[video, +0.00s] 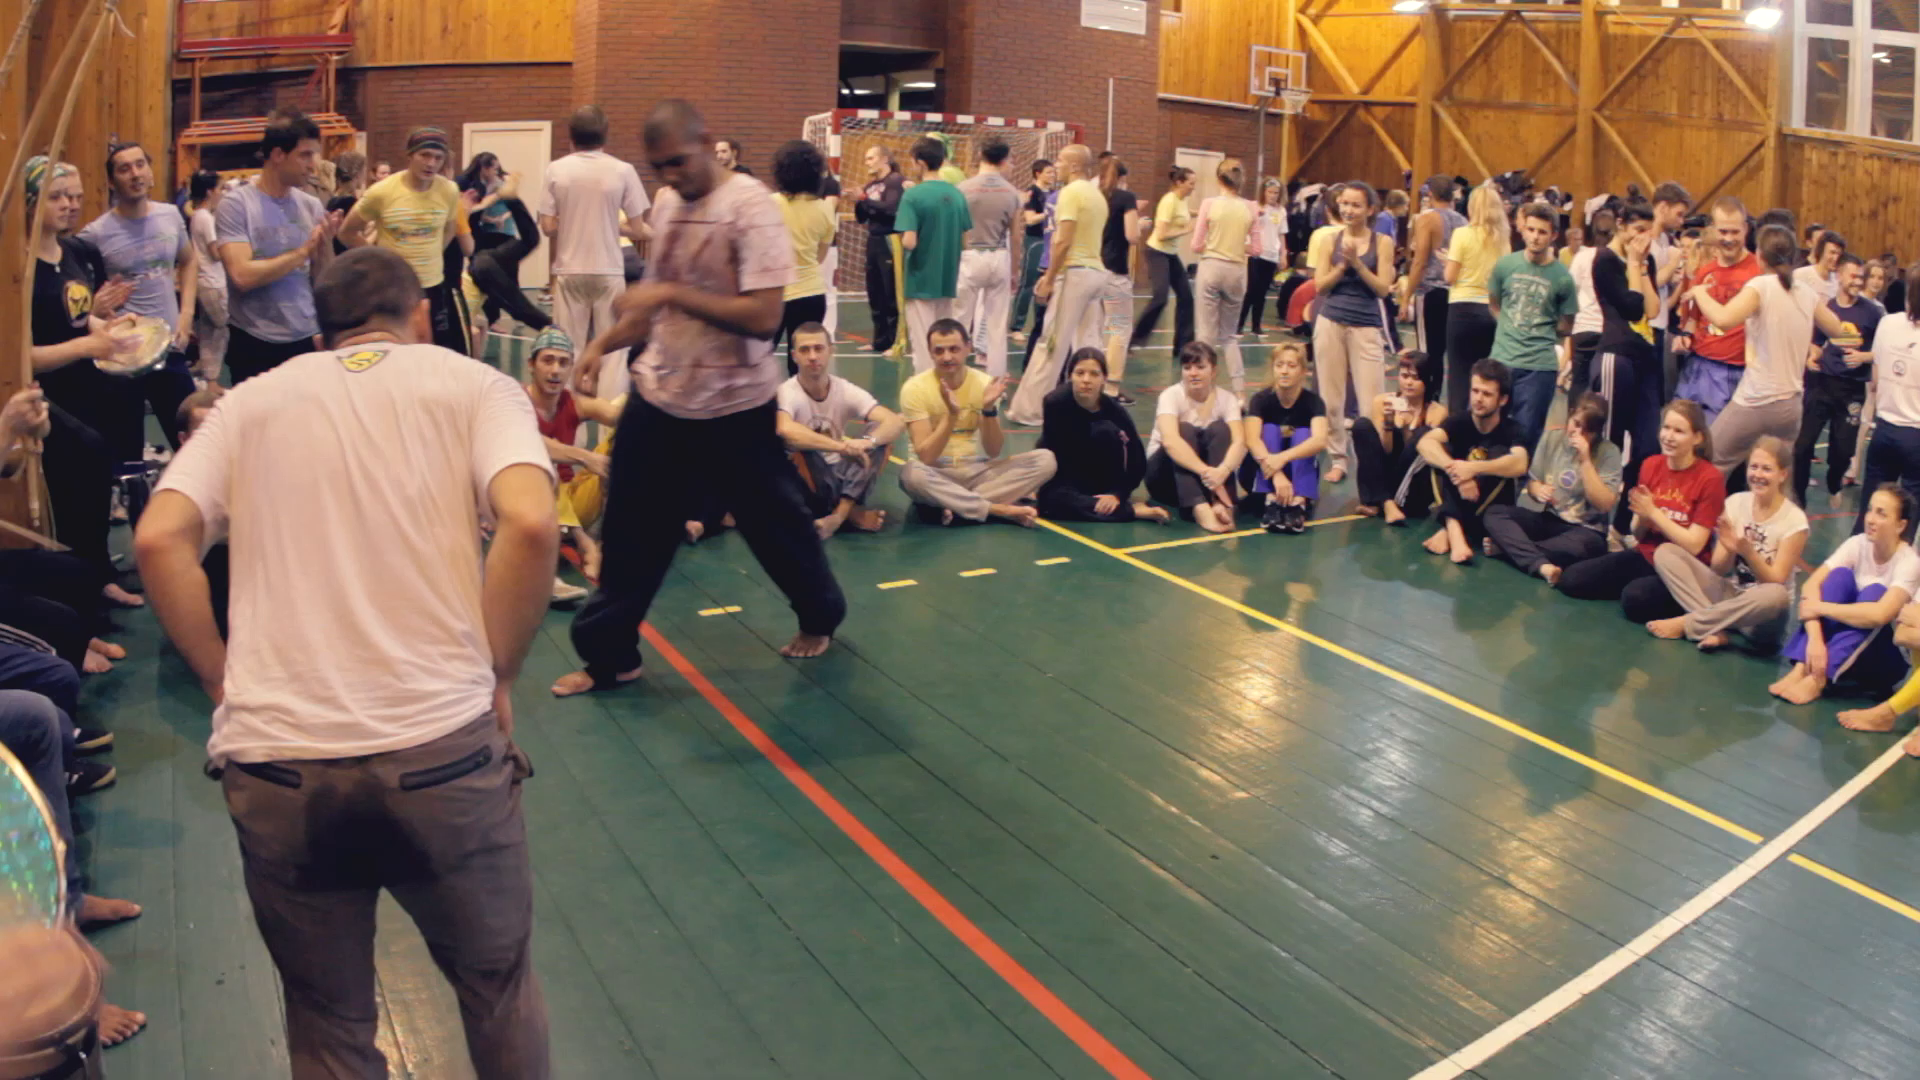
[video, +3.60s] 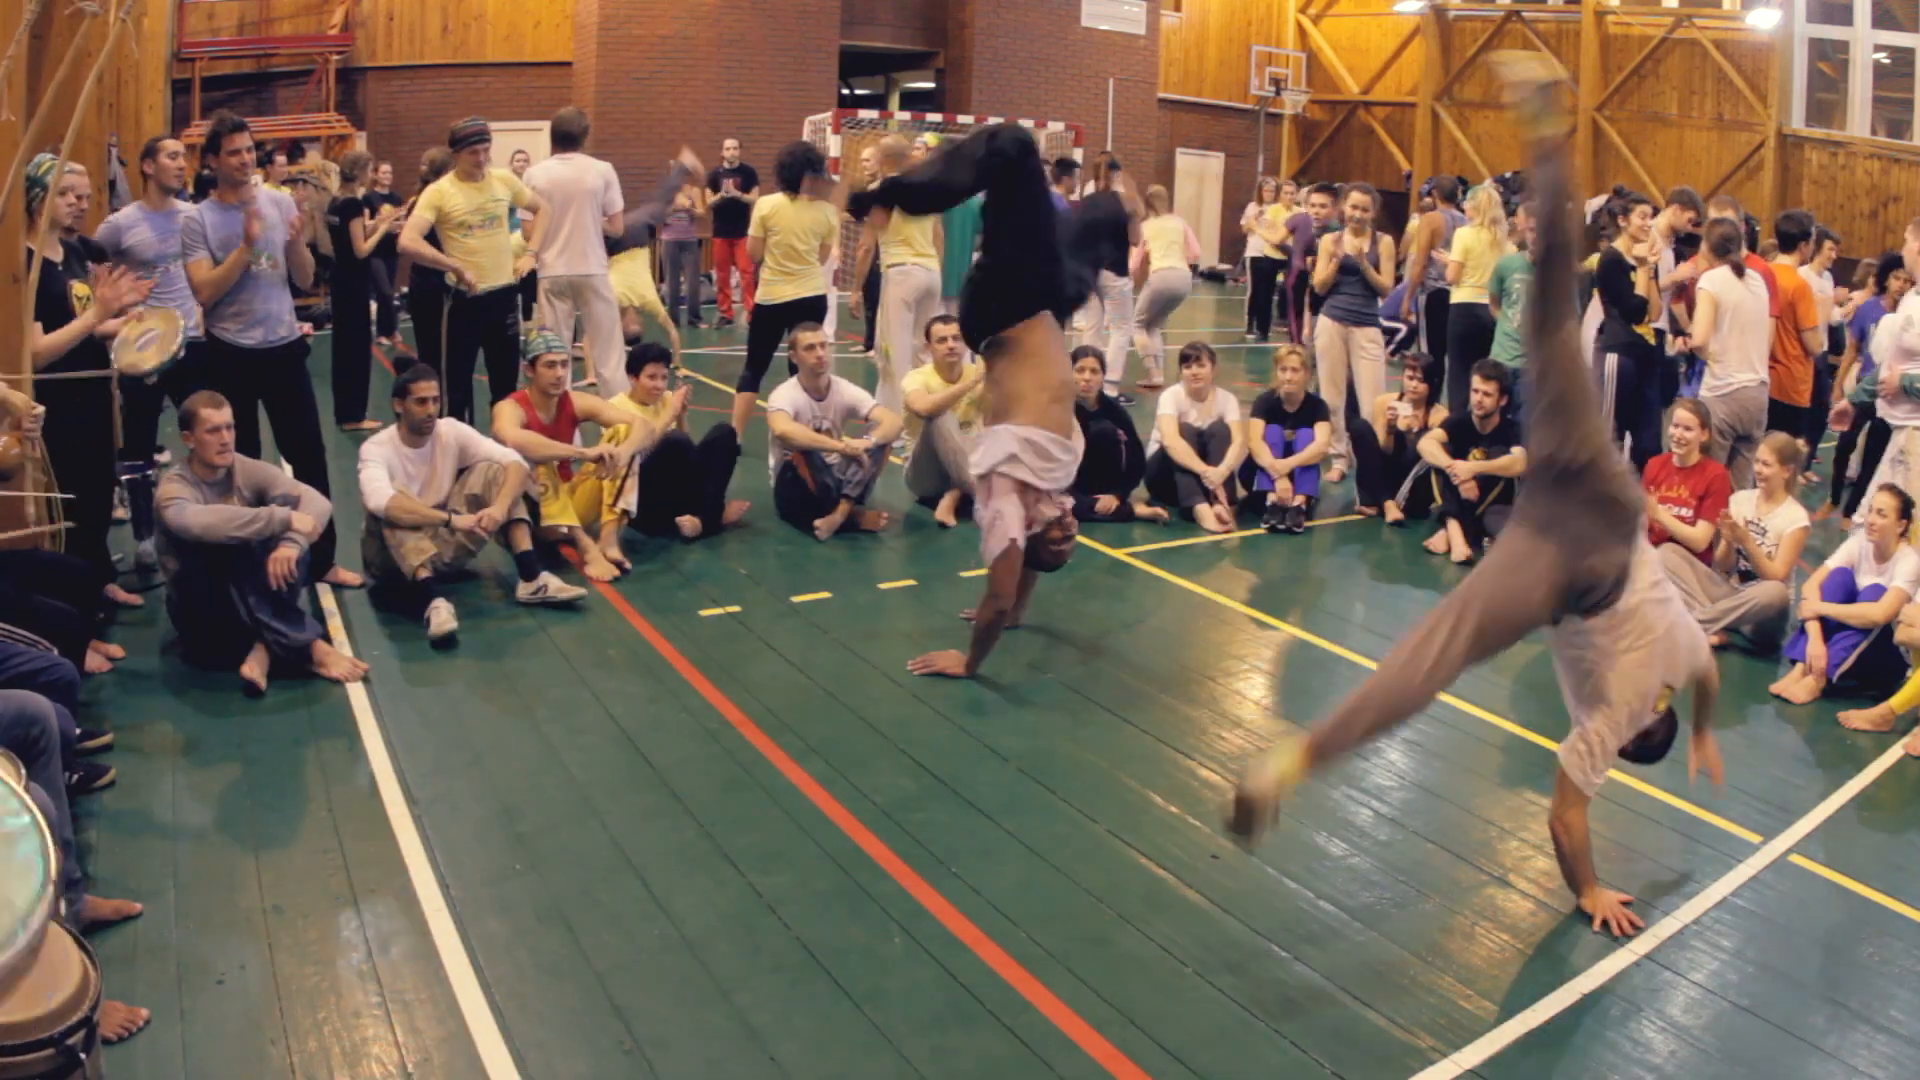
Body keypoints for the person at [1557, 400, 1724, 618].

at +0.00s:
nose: (1668, 436)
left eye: (1679, 431)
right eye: (1666, 428)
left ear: (1697, 439)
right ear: (1660, 429)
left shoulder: (1710, 478)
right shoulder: (1650, 465)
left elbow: (1694, 544)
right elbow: (1637, 533)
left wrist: (1651, 512)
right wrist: (1643, 512)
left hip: (1682, 567)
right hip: (1646, 555)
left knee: (1634, 601)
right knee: (1570, 581)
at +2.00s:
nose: (1669, 436)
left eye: (1678, 429)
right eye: (1664, 428)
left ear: (1696, 434)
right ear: (1657, 431)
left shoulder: (1712, 477)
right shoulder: (1652, 466)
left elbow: (1701, 545)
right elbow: (1641, 533)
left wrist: (1661, 520)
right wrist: (1633, 515)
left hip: (1683, 567)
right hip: (1647, 556)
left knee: (1634, 601)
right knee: (1570, 581)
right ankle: (1636, 580)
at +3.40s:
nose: (1674, 437)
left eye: (1683, 431)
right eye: (1670, 428)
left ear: (1700, 434)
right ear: (1662, 430)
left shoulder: (1713, 475)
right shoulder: (1652, 465)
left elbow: (1698, 542)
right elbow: (1639, 533)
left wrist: (1653, 517)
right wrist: (1643, 516)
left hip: (1685, 564)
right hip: (1647, 555)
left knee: (1634, 599)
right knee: (1598, 575)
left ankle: (1693, 603)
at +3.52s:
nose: (1676, 435)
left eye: (1685, 429)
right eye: (1672, 427)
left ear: (1702, 434)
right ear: (1666, 428)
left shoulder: (1715, 476)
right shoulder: (1654, 466)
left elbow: (1700, 542)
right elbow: (1641, 533)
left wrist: (1659, 515)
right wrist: (1637, 515)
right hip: (1646, 557)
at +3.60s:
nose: (1678, 435)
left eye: (1687, 429)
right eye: (1675, 426)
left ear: (1704, 434)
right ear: (1669, 428)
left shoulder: (1716, 475)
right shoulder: (1654, 465)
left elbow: (1699, 541)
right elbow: (1639, 518)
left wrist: (1657, 513)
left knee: (1668, 551)